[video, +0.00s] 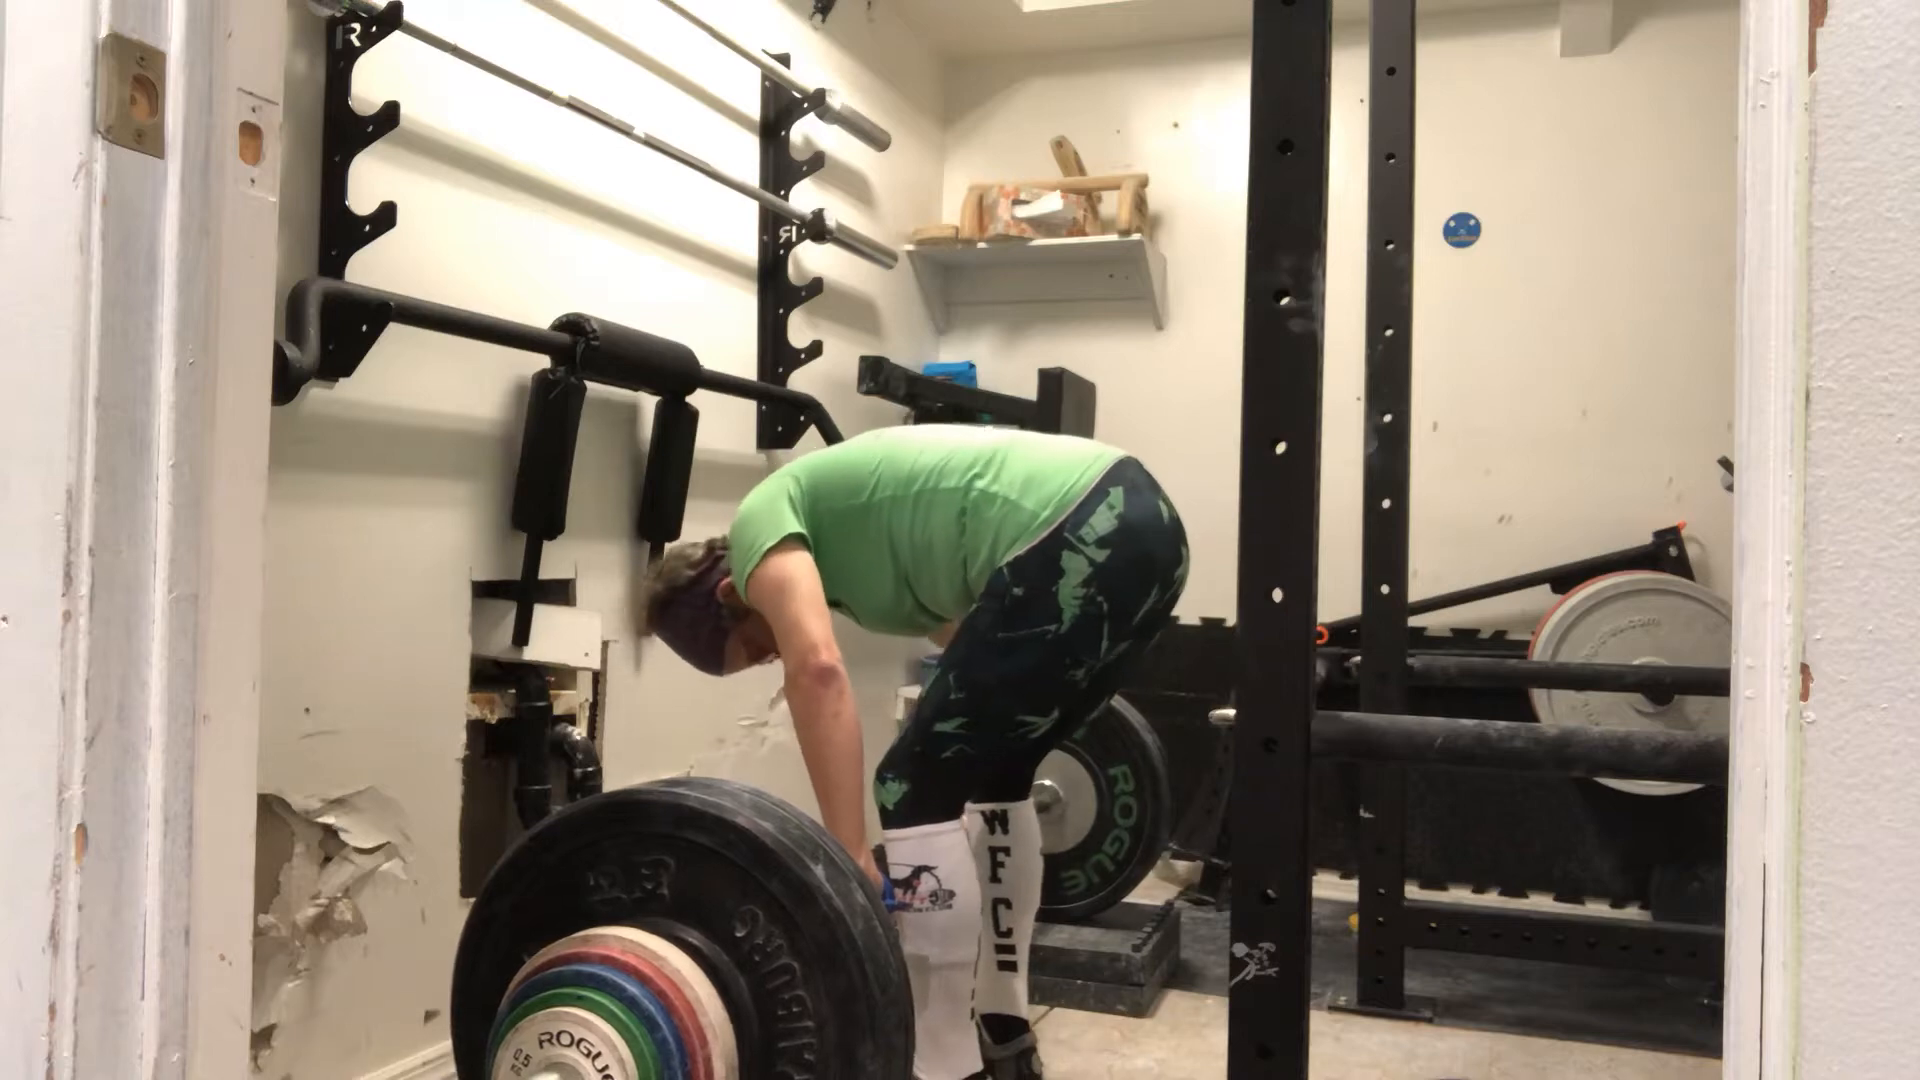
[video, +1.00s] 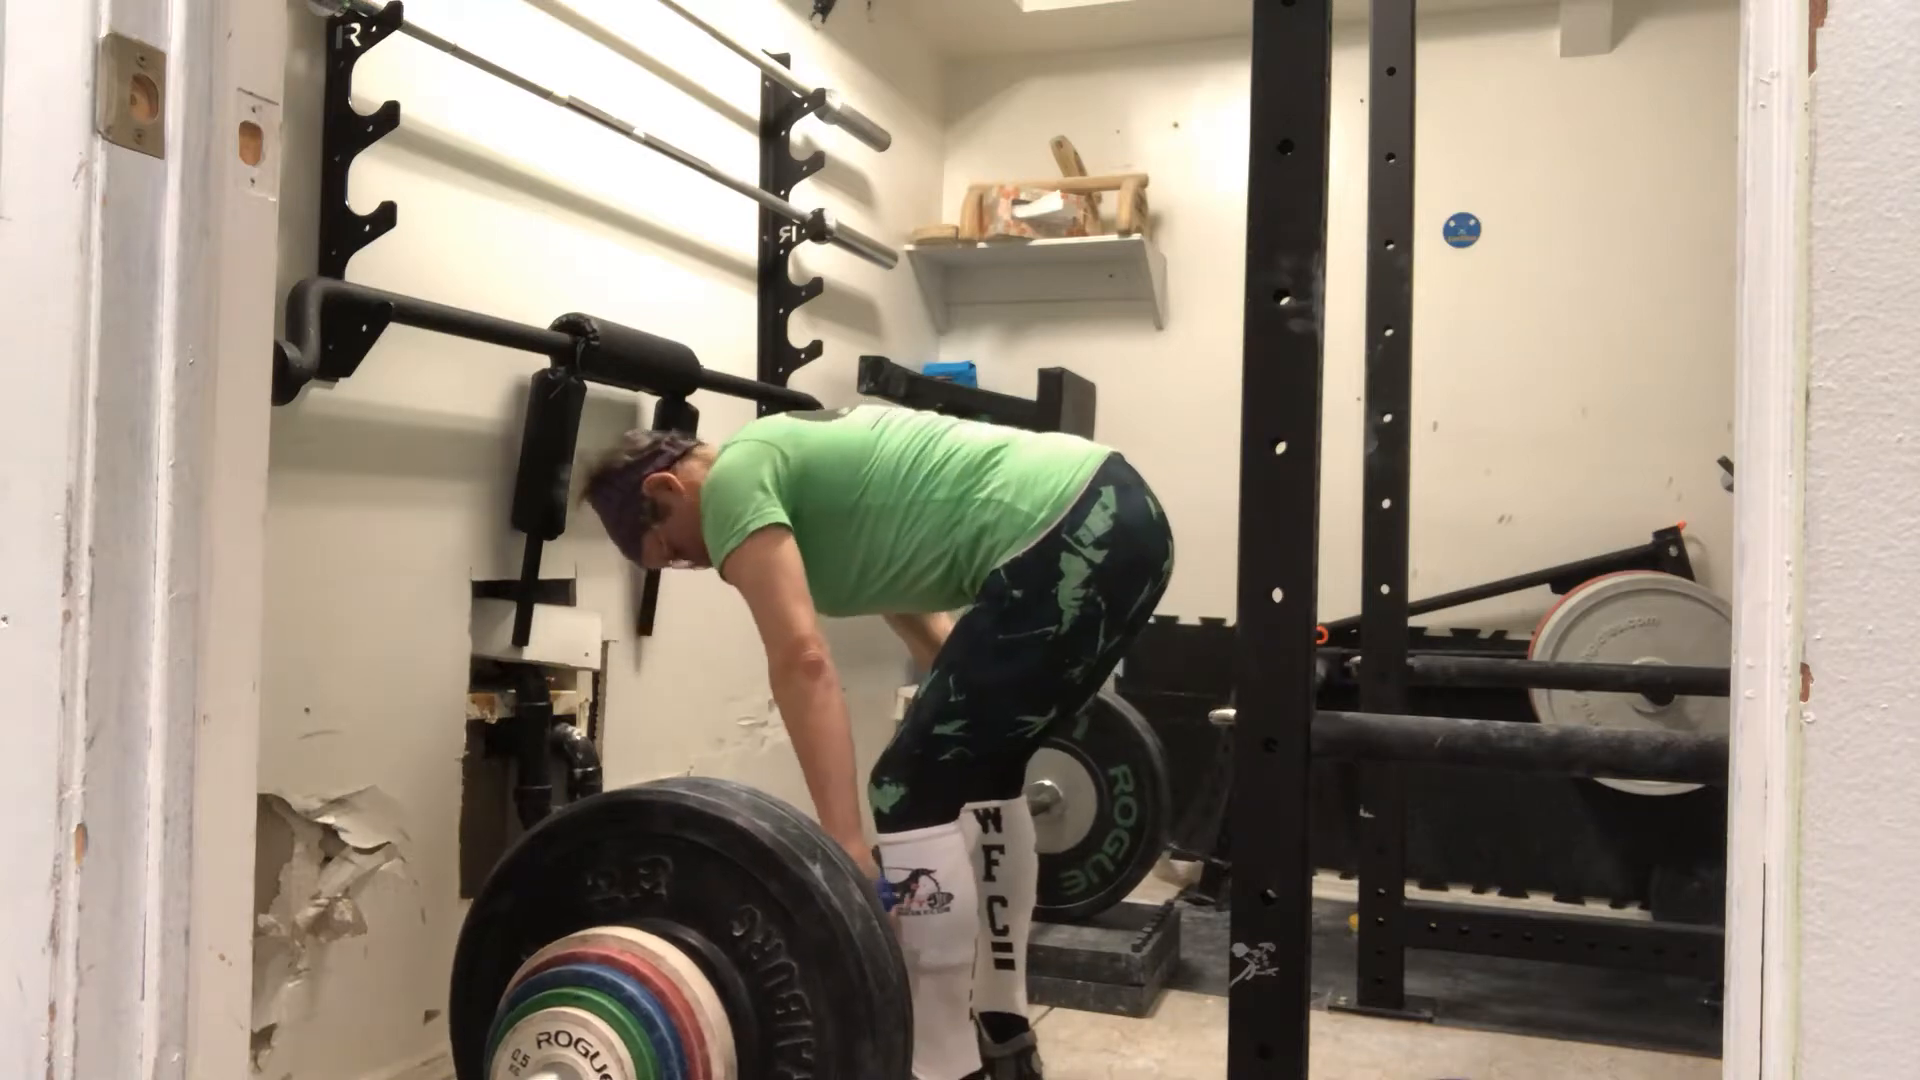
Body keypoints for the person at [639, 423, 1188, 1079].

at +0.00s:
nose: (772, 658)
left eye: (752, 646)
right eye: (755, 661)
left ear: (731, 597)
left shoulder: (764, 522)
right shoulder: (874, 568)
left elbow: (819, 668)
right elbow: (972, 638)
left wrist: (851, 857)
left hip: (1084, 531)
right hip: (1136, 530)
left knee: (908, 790)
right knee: (995, 784)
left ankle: (942, 1050)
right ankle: (1001, 1033)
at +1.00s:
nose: (687, 561)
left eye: (669, 545)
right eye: (669, 564)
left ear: (668, 482)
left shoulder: (732, 480)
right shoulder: (795, 453)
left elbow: (803, 659)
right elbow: (925, 628)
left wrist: (846, 840)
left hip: (1067, 540)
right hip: (1106, 513)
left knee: (910, 797)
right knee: (978, 781)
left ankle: (941, 1058)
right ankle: (998, 1031)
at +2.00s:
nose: (677, 439)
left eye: (672, 418)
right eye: (666, 423)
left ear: (704, 389)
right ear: (754, 372)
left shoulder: (778, 445)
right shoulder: (828, 415)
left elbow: (829, 648)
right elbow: (923, 597)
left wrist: (835, 834)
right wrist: (963, 713)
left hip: (1085, 564)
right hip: (1128, 538)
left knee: (892, 803)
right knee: (976, 788)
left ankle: (943, 1060)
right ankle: (999, 1028)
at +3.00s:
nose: (724, 350)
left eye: (724, 326)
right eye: (715, 332)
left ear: (764, 302)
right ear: (793, 296)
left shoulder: (835, 364)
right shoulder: (892, 347)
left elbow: (859, 581)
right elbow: (954, 563)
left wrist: (854, 764)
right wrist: (975, 704)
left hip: (1097, 553)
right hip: (1152, 526)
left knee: (932, 799)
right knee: (1003, 781)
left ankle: (943, 1063)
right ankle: (1003, 1031)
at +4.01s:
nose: (807, 149)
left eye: (815, 122)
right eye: (804, 127)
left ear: (867, 109)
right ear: (887, 113)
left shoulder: (905, 206)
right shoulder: (953, 192)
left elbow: (902, 418)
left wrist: (869, 590)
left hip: (1039, 511)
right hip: (1090, 493)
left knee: (931, 766)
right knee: (1007, 762)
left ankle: (943, 1058)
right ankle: (1001, 1025)